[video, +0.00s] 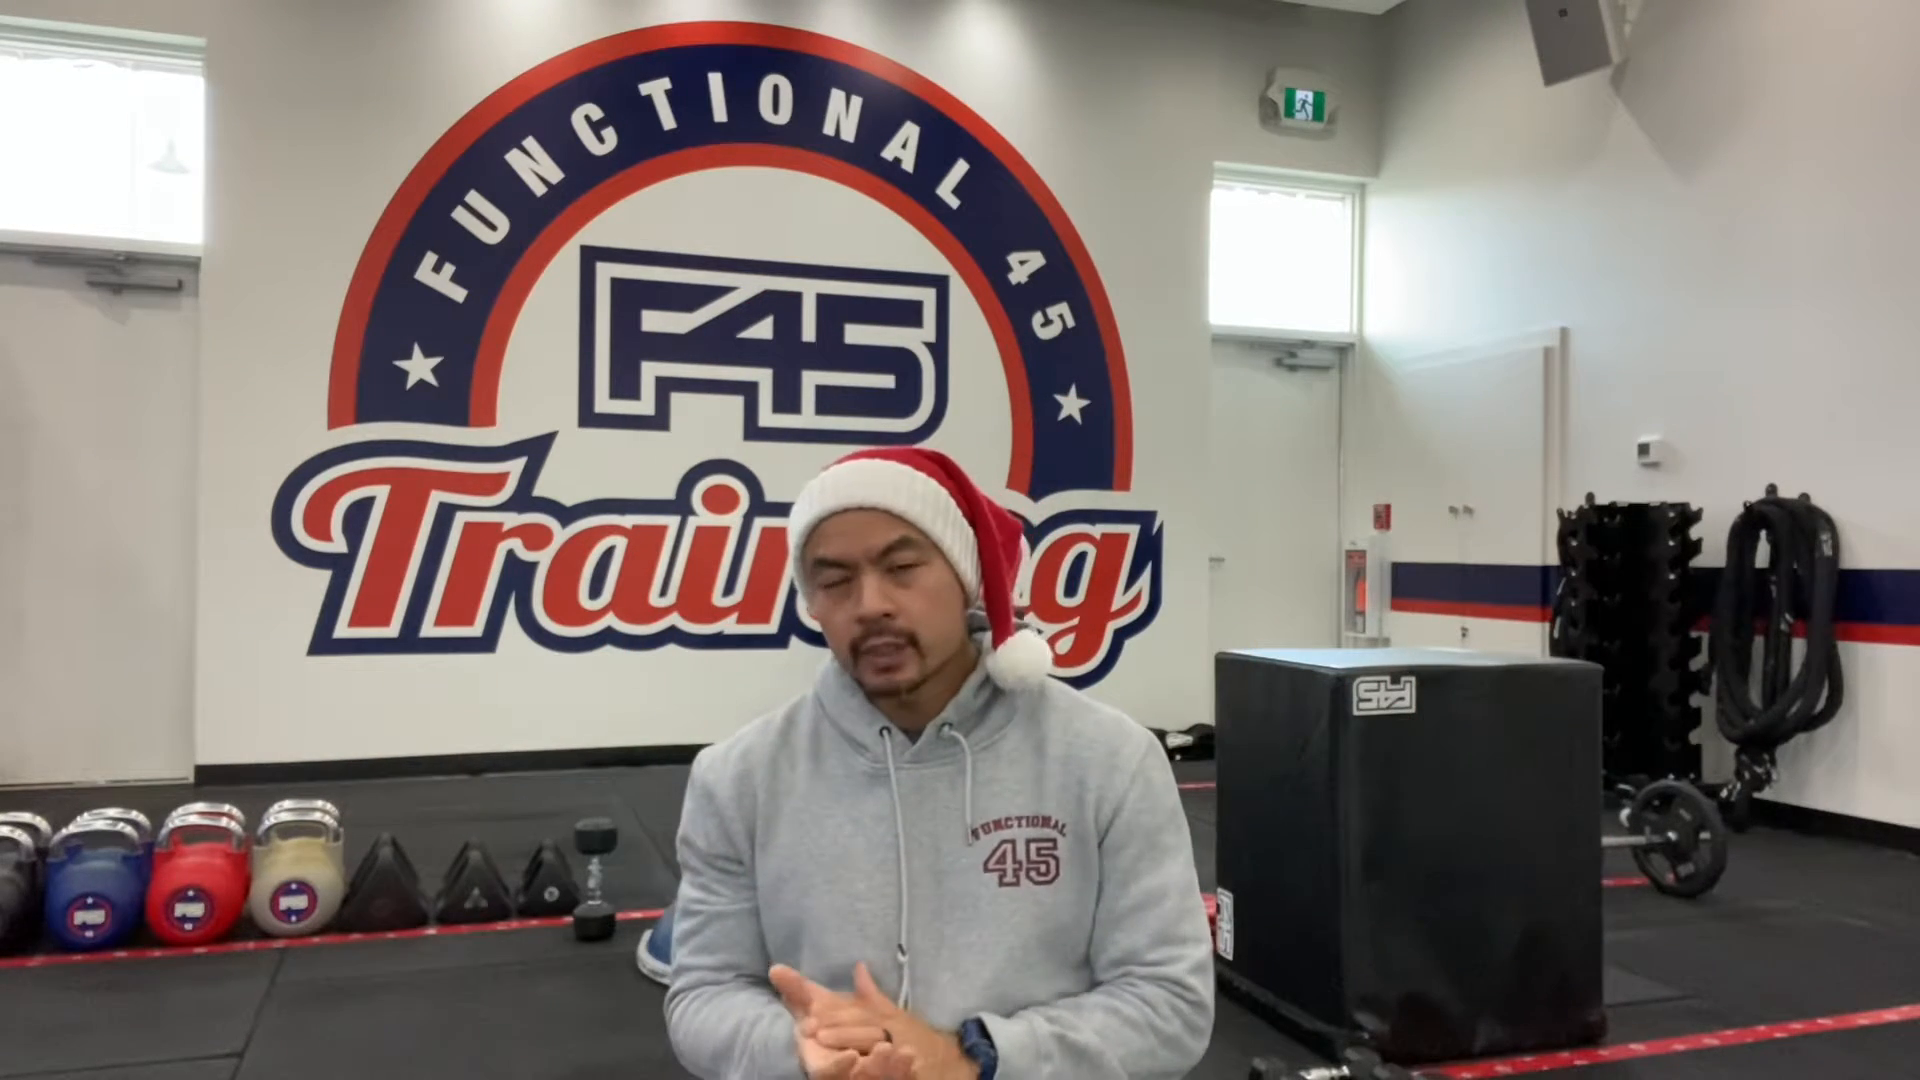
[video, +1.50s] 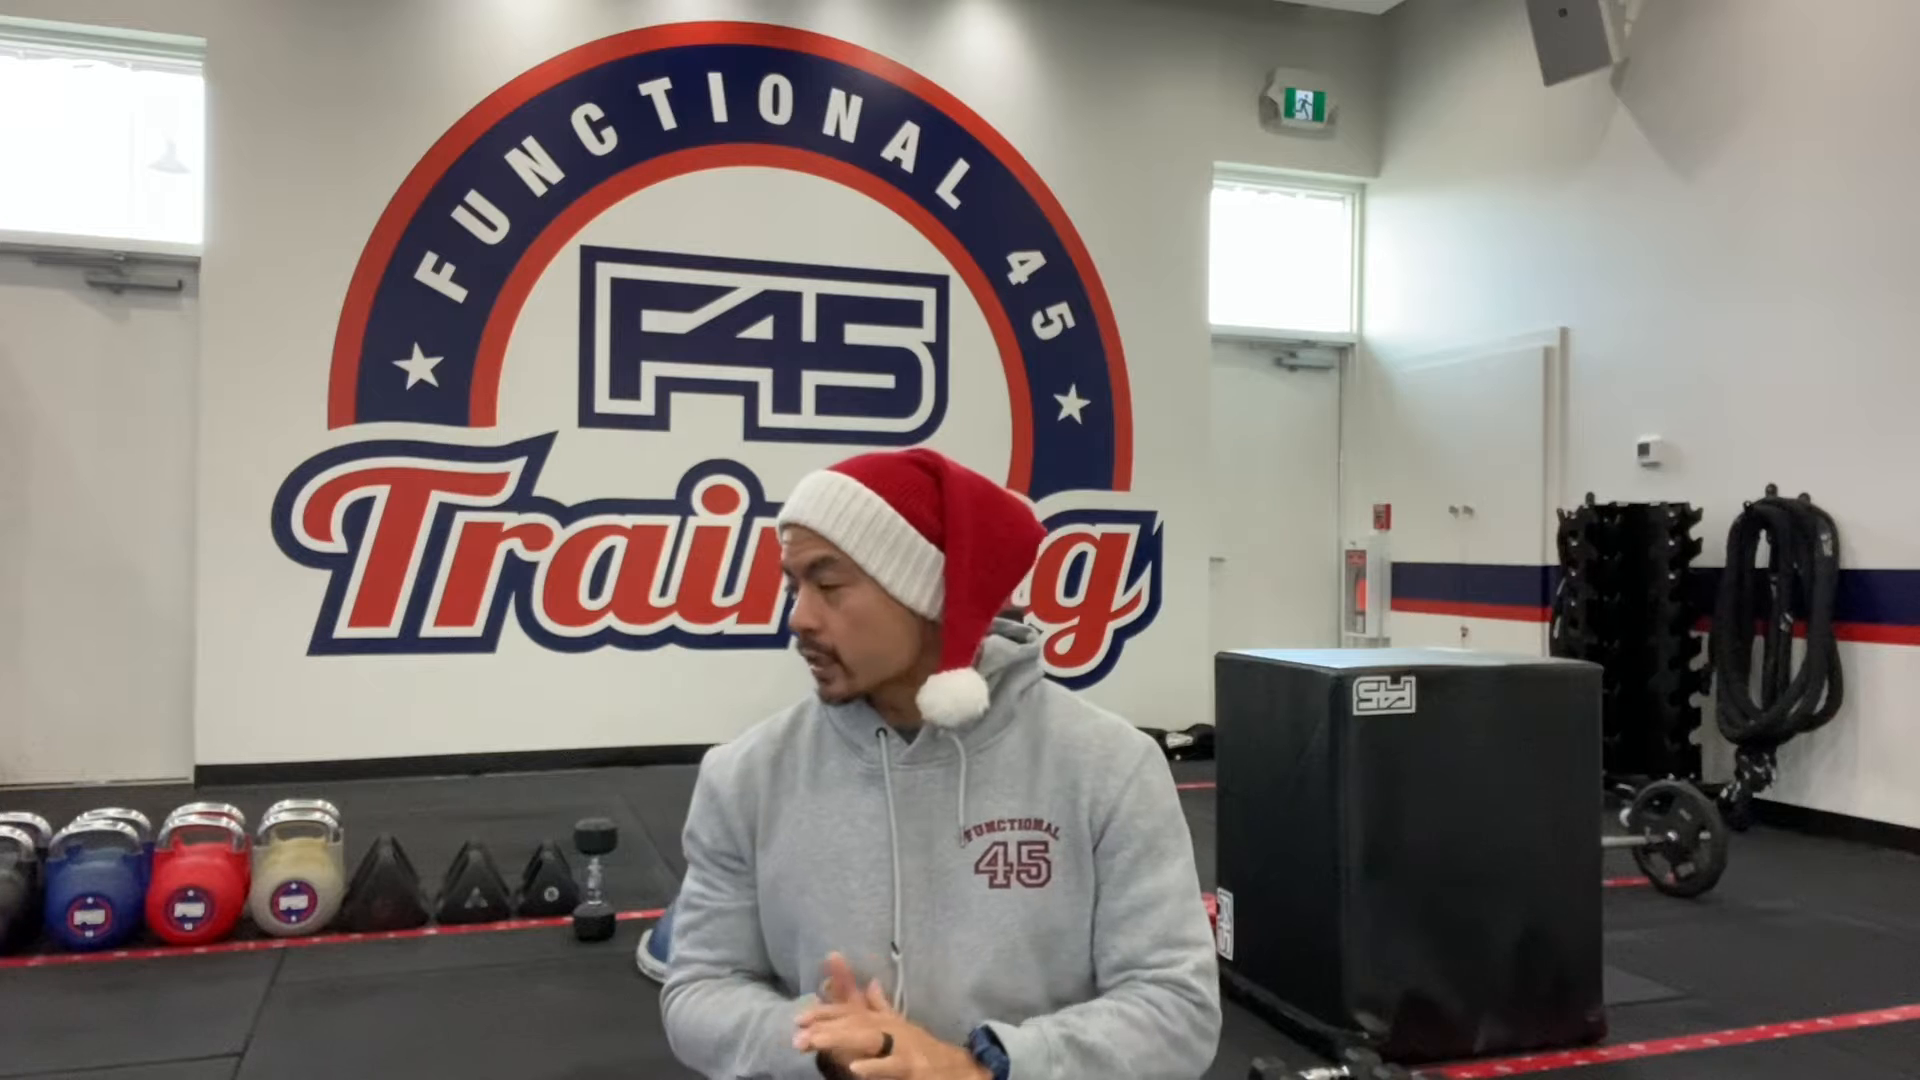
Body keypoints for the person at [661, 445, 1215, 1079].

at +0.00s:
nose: (871, 606)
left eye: (904, 565)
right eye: (837, 579)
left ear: (970, 574)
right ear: (812, 605)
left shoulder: (1109, 760)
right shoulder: (735, 781)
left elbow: (1170, 1004)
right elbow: (701, 997)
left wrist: (974, 1055)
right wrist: (808, 1046)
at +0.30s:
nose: (867, 595)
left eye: (902, 556)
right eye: (837, 570)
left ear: (972, 571)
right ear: (815, 601)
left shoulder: (1112, 760)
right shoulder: (737, 780)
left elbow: (1177, 1003)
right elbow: (698, 993)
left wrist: (978, 1052)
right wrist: (776, 1039)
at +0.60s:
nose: (871, 591)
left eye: (905, 556)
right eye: (840, 569)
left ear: (975, 572)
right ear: (818, 602)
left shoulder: (1113, 765)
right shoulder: (739, 781)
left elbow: (1175, 1008)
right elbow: (698, 992)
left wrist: (972, 1049)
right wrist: (764, 1034)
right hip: (821, 1073)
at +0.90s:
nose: (852, 590)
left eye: (889, 554)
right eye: (831, 566)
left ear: (971, 569)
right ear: (815, 593)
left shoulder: (1115, 766)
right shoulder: (742, 778)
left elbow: (1173, 1008)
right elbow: (700, 998)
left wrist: (978, 1047)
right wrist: (820, 1041)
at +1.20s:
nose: (812, 613)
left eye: (846, 576)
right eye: (806, 580)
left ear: (947, 577)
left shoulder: (1113, 768)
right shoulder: (746, 776)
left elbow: (1173, 1010)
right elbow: (692, 997)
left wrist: (984, 1043)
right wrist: (837, 1044)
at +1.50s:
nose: (798, 620)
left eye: (830, 584)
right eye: (795, 586)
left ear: (935, 585)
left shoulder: (1107, 766)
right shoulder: (742, 780)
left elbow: (1176, 1008)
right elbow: (697, 994)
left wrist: (986, 1062)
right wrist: (823, 1043)